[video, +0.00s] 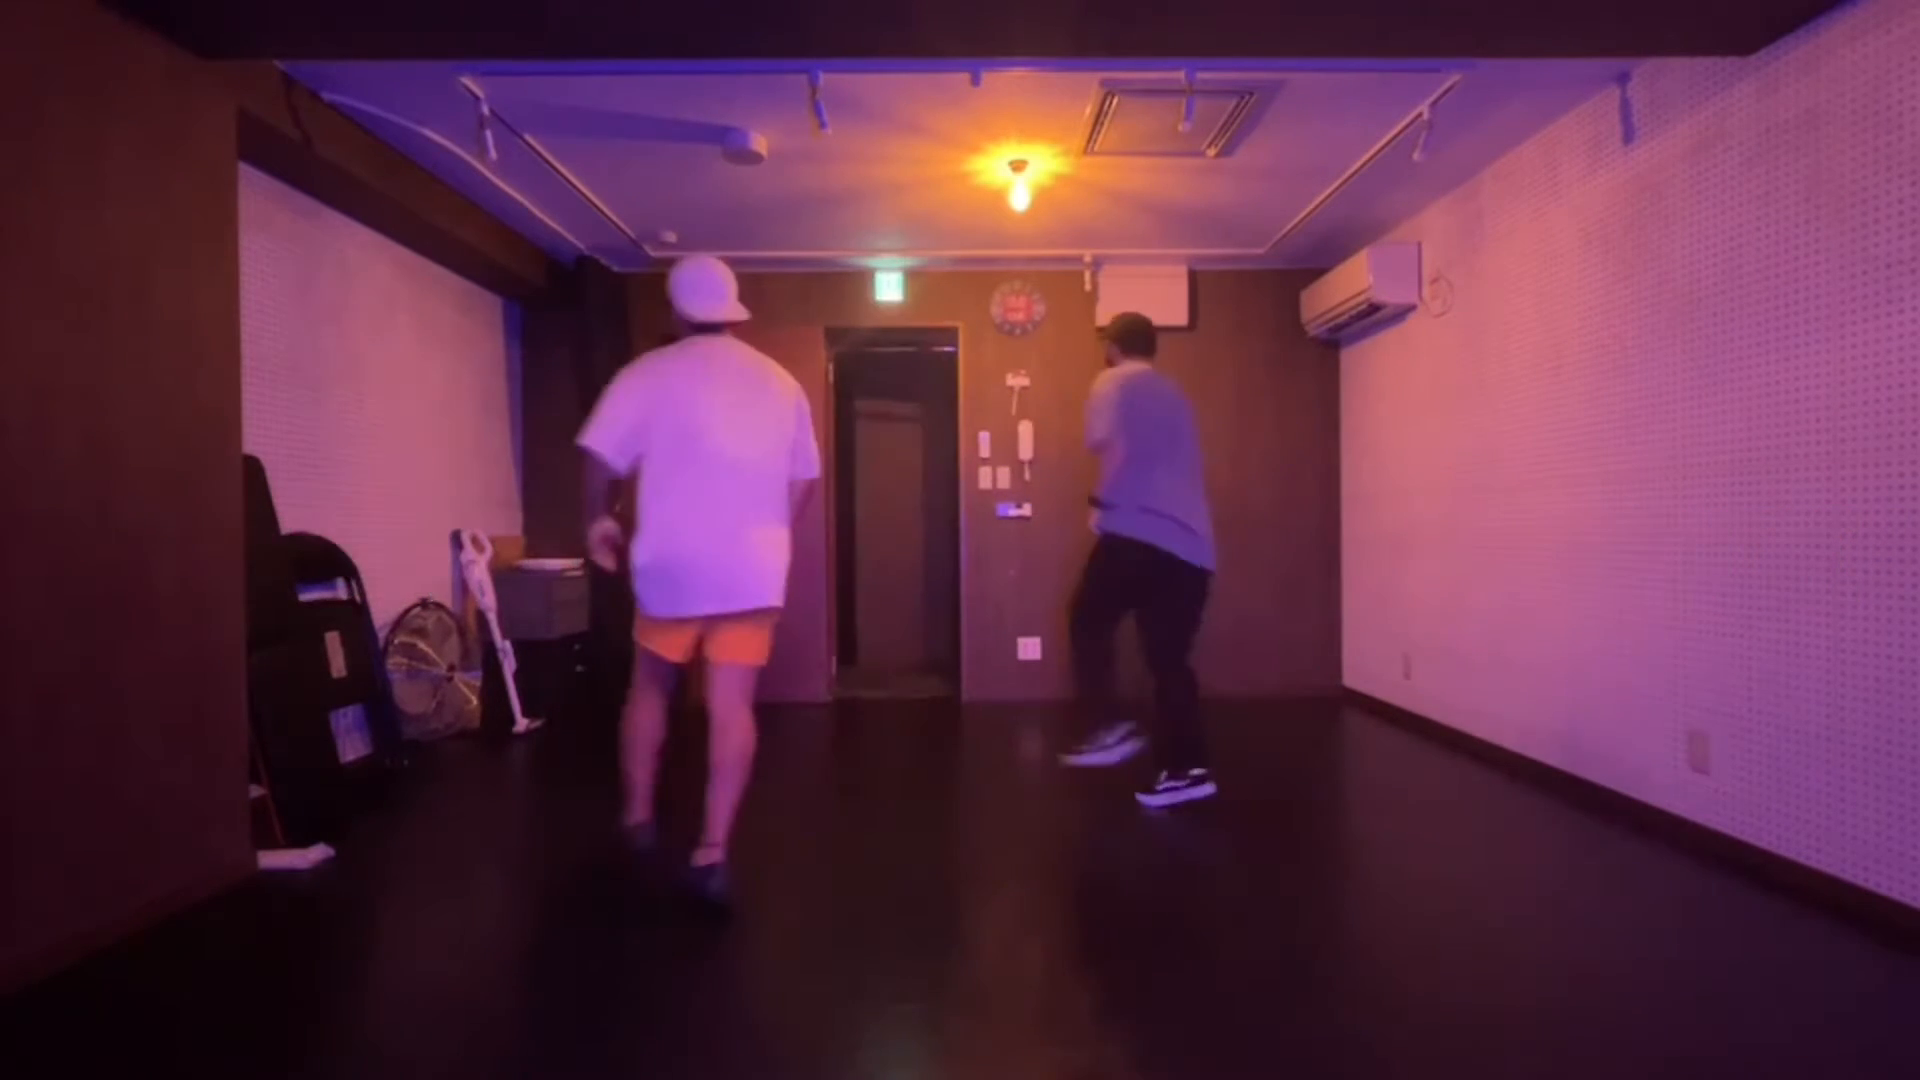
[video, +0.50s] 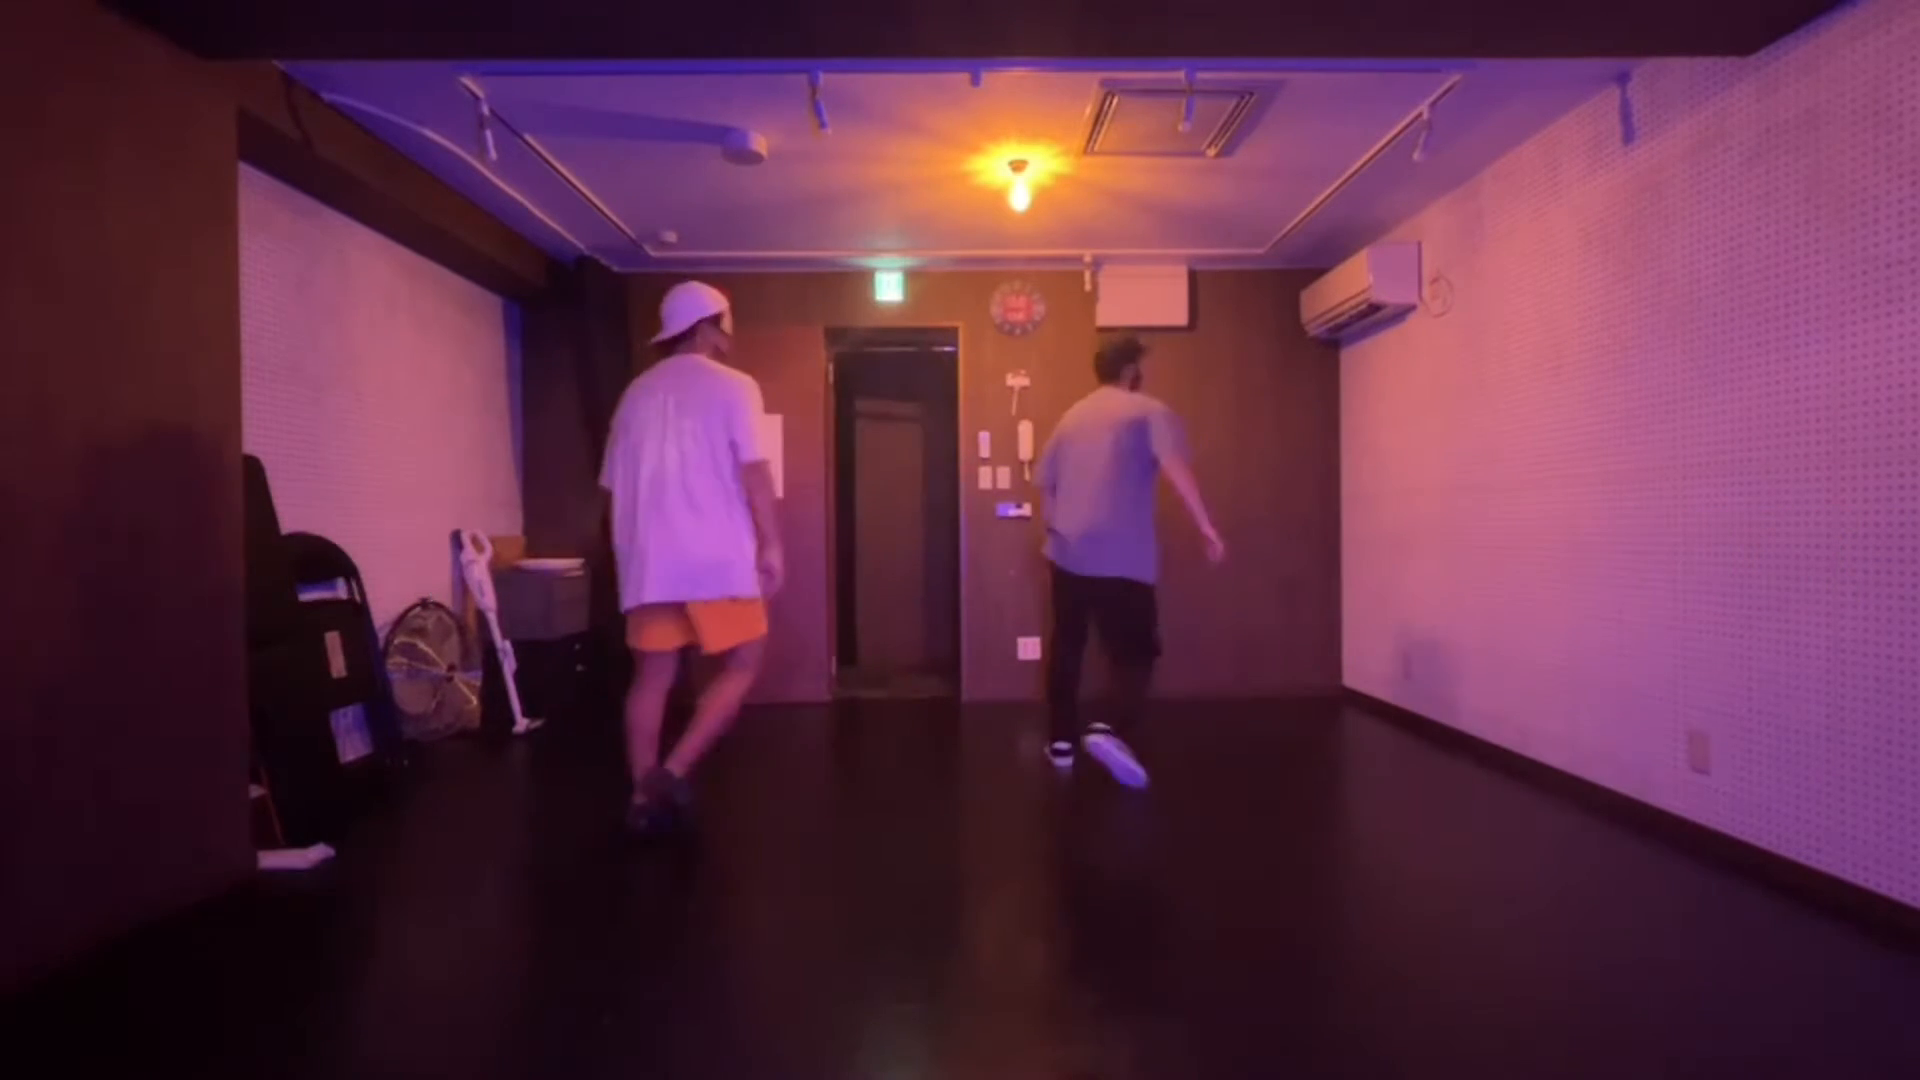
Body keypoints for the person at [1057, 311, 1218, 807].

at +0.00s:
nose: (1102, 355)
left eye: (1104, 347)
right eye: (1104, 347)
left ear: (1114, 348)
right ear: (1151, 349)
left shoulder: (1114, 381)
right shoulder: (1176, 397)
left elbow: (1112, 445)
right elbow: (1179, 467)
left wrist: (1102, 500)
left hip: (1133, 537)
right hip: (1188, 551)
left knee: (1089, 620)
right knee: (1169, 657)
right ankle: (1187, 766)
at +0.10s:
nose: (1105, 358)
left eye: (1107, 351)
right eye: (1110, 351)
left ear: (1114, 351)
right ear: (1152, 354)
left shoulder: (1101, 387)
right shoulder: (1179, 401)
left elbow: (1076, 439)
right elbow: (1192, 470)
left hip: (1118, 546)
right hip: (1181, 557)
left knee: (1090, 644)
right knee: (1173, 666)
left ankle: (1059, 733)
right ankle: (1175, 773)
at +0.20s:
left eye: (1116, 359)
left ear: (1111, 363)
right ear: (1153, 365)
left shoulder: (1089, 404)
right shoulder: (1175, 409)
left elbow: (1063, 461)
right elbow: (1205, 472)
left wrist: (1070, 519)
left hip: (1106, 556)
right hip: (1172, 562)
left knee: (1083, 651)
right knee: (1166, 676)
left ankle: (1064, 739)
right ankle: (1168, 787)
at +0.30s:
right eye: (1146, 364)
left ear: (1107, 364)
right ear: (1147, 368)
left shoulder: (1075, 410)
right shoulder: (1163, 413)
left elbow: (1050, 476)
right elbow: (1195, 471)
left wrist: (1051, 532)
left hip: (1085, 555)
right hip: (1150, 560)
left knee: (1074, 652)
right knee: (1153, 663)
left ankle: (1065, 742)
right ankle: (1161, 771)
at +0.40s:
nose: (1147, 373)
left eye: (1142, 365)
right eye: (1146, 366)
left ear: (1102, 366)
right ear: (1141, 368)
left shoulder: (1069, 411)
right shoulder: (1157, 413)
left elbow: (1050, 484)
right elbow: (1178, 486)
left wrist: (1048, 538)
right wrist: (1197, 548)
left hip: (1076, 552)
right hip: (1137, 554)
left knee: (1067, 651)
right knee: (1141, 654)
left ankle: (1064, 742)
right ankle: (1142, 744)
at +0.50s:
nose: (1143, 375)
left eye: (1140, 368)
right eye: (1141, 368)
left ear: (1101, 372)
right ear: (1131, 371)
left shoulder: (1074, 414)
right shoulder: (1148, 411)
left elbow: (1043, 475)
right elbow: (1175, 469)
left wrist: (1054, 525)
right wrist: (1208, 529)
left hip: (1069, 554)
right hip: (1122, 557)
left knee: (1066, 648)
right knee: (1135, 651)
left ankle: (1061, 742)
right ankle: (1111, 728)